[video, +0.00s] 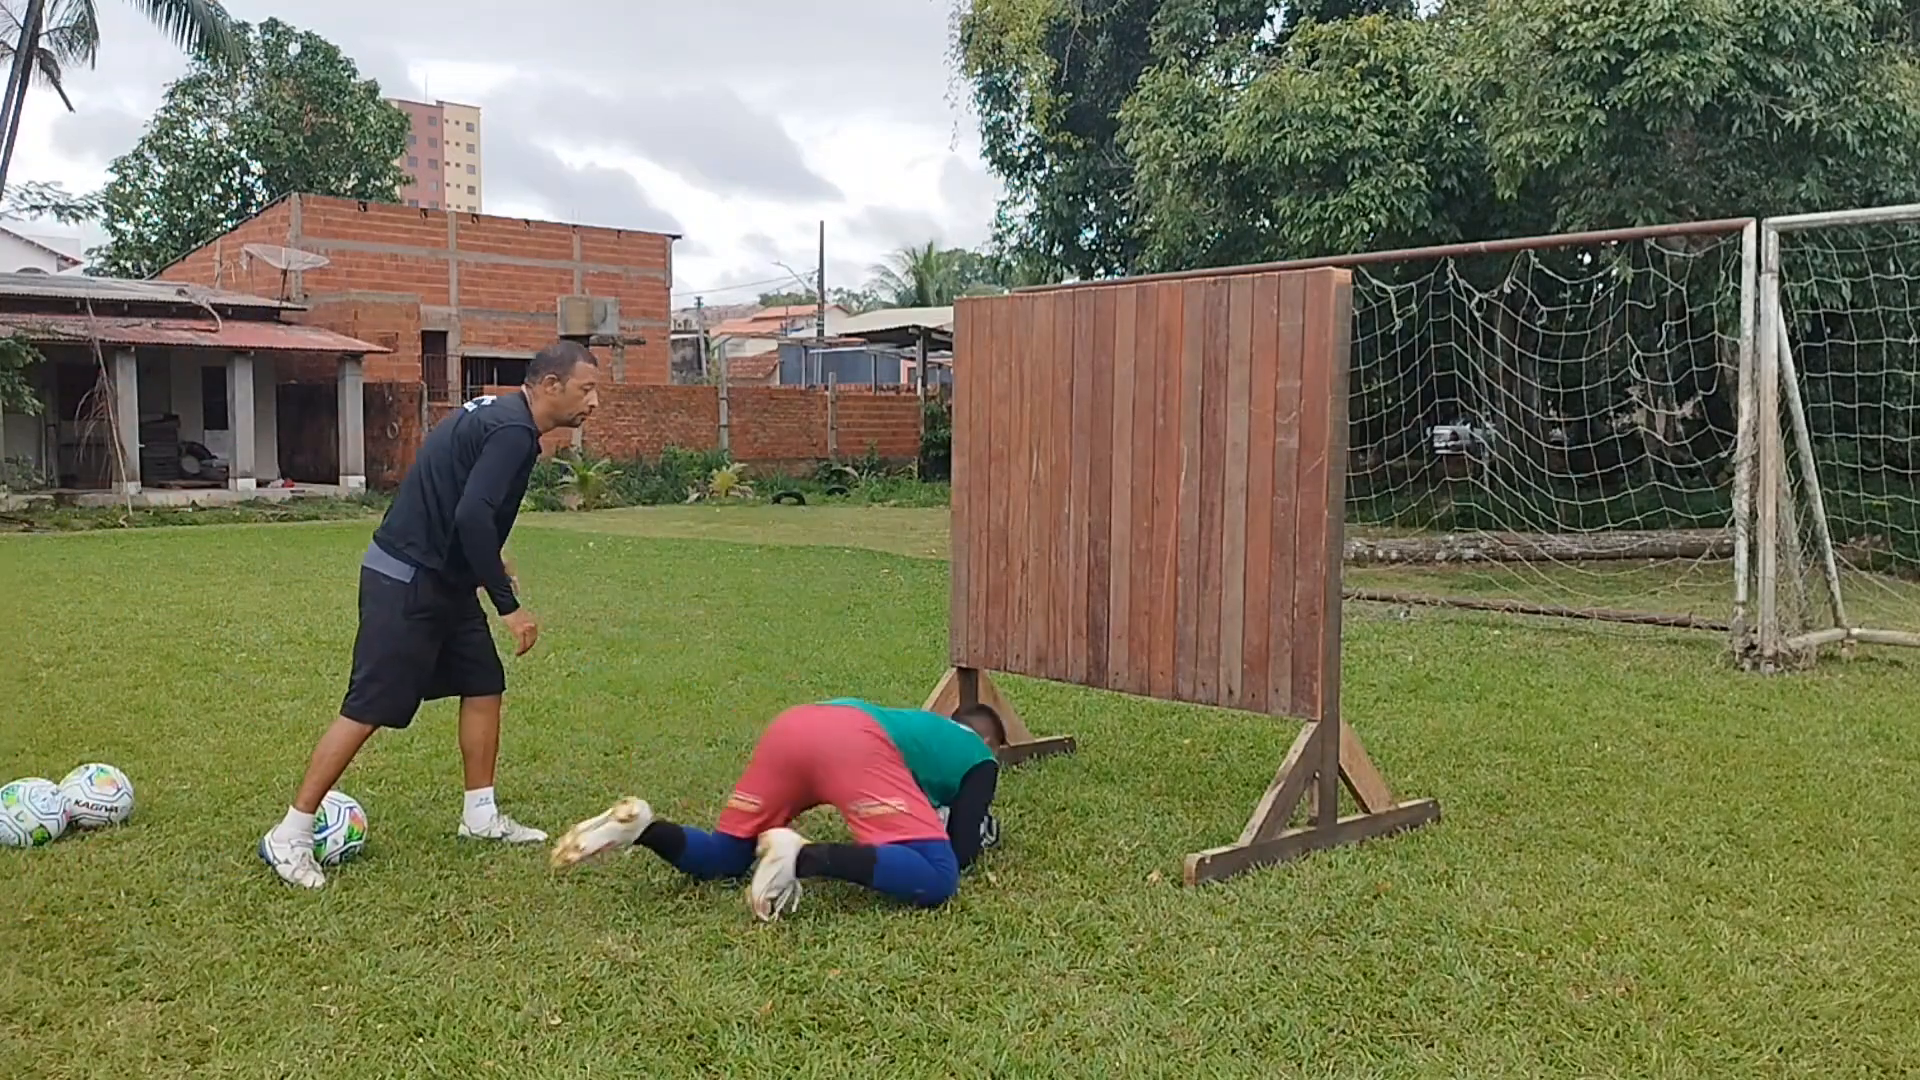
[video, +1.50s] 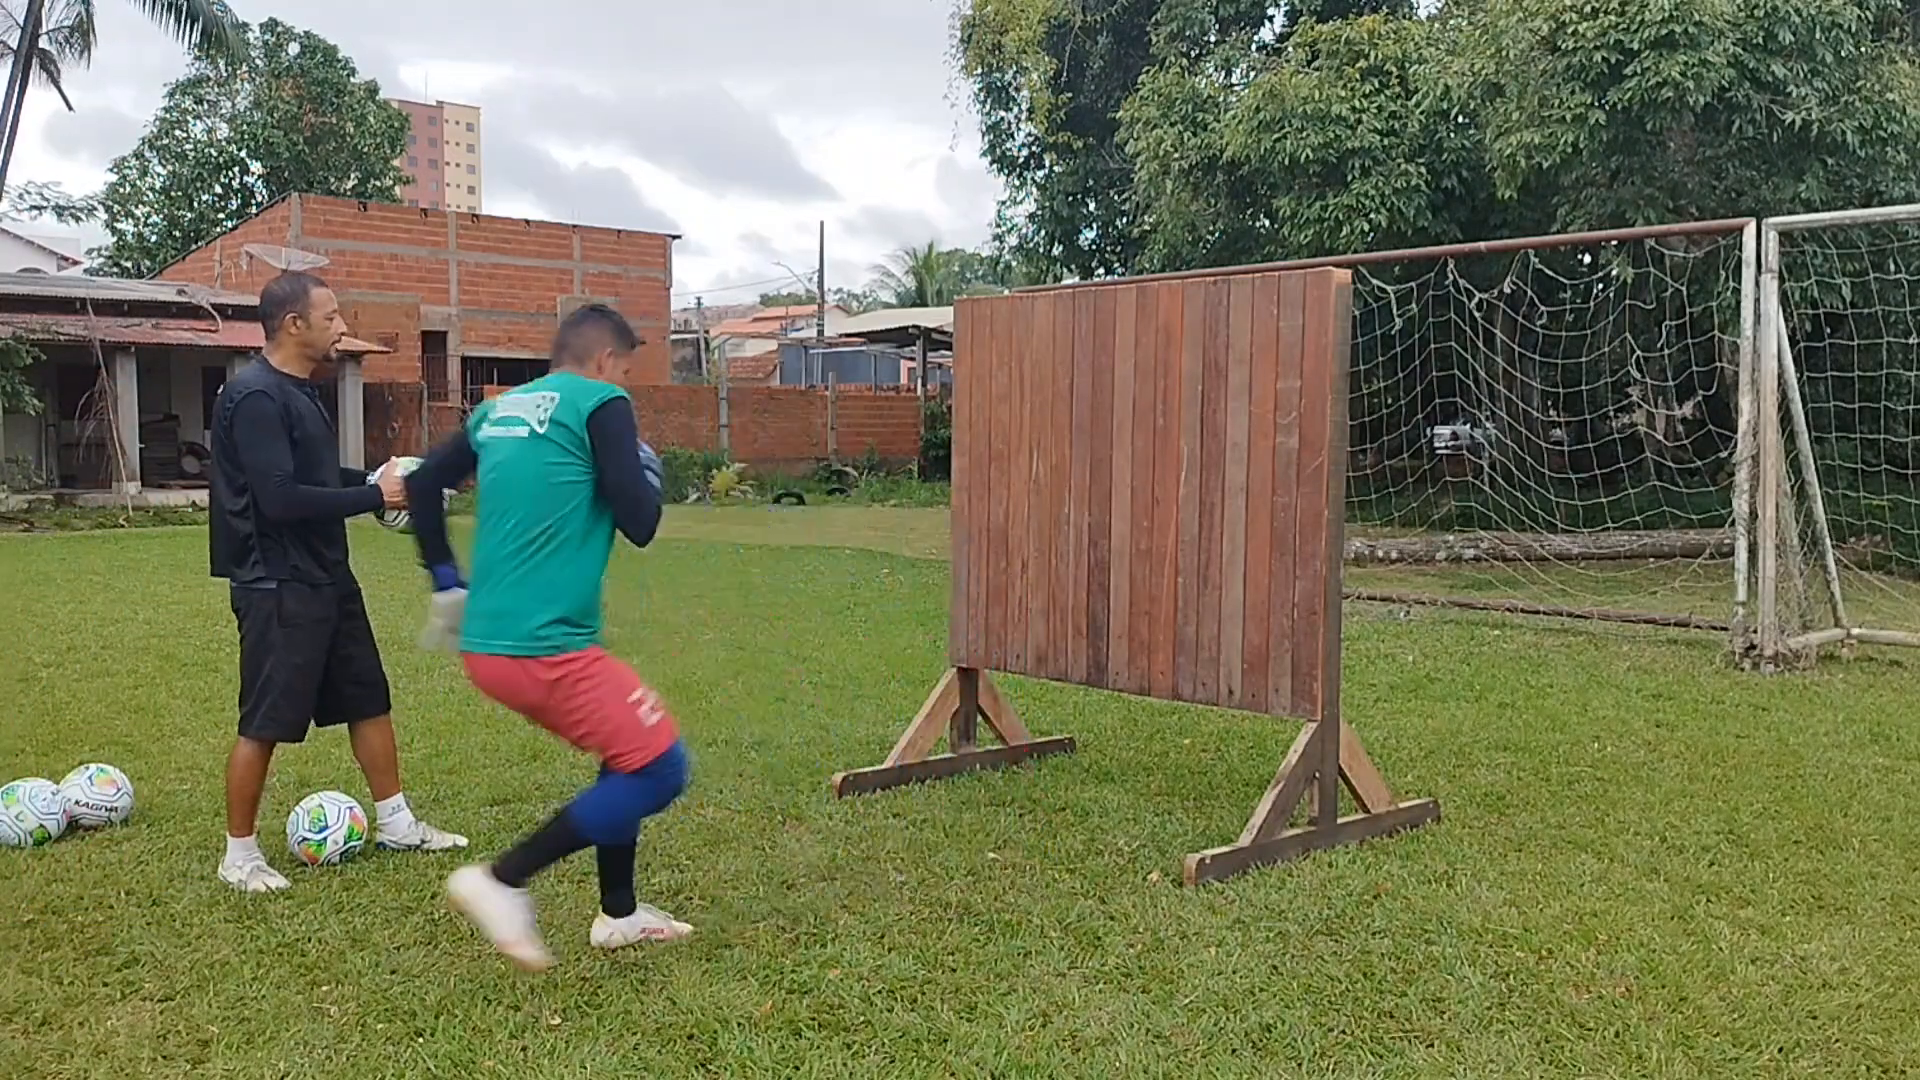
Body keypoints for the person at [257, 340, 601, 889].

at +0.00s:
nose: (592, 402)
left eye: (594, 392)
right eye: (586, 390)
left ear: (546, 388)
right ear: (548, 385)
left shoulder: (504, 417)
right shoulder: (513, 433)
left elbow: (459, 500)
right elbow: (473, 516)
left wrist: (489, 557)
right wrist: (509, 605)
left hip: (447, 580)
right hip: (404, 576)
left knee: (483, 684)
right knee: (370, 704)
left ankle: (480, 817)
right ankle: (290, 834)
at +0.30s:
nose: (535, 373)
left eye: (534, 362)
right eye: (527, 362)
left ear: (491, 366)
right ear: (489, 363)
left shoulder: (471, 420)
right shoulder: (441, 419)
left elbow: (436, 505)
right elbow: (403, 511)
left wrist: (469, 556)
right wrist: (441, 599)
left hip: (424, 586)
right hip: (375, 583)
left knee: (476, 686)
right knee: (340, 711)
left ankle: (480, 817)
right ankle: (258, 839)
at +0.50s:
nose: (457, 357)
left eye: (457, 346)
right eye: (449, 346)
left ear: (417, 350)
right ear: (413, 349)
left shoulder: (403, 413)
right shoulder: (362, 416)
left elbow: (375, 504)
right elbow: (339, 517)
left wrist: (419, 548)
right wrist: (405, 587)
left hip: (380, 593)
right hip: (327, 593)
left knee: (431, 699)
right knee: (290, 721)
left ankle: (472, 817)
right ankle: (244, 854)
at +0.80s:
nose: (378, 329)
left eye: (374, 317)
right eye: (367, 318)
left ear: (333, 328)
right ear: (329, 327)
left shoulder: (334, 398)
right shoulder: (287, 401)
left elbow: (353, 490)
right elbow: (298, 504)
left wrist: (422, 490)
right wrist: (402, 509)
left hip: (348, 586)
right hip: (294, 590)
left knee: (395, 694)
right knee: (274, 720)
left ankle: (398, 825)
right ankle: (241, 856)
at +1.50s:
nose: (342, 327)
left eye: (339, 315)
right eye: (331, 316)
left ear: (295, 326)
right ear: (291, 325)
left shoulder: (301, 392)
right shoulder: (255, 397)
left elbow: (316, 481)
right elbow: (278, 499)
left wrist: (376, 481)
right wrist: (374, 496)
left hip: (328, 580)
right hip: (277, 586)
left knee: (367, 699)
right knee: (264, 722)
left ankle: (396, 825)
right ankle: (240, 855)